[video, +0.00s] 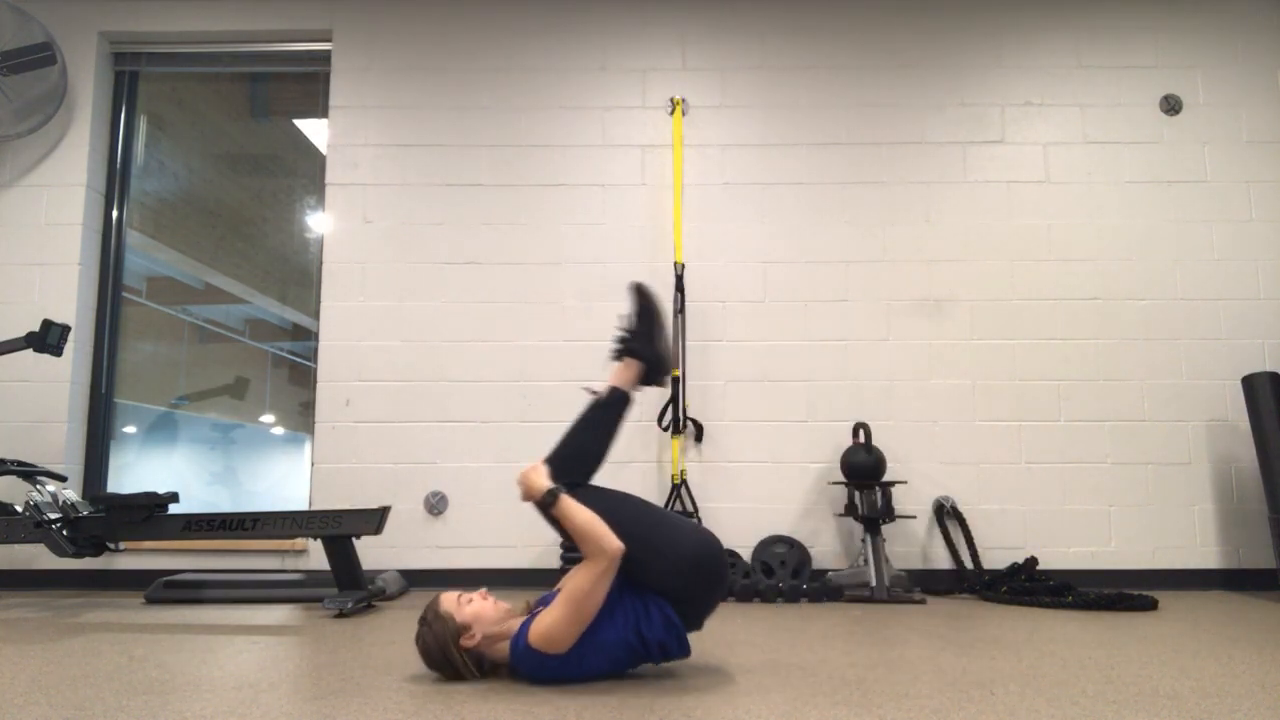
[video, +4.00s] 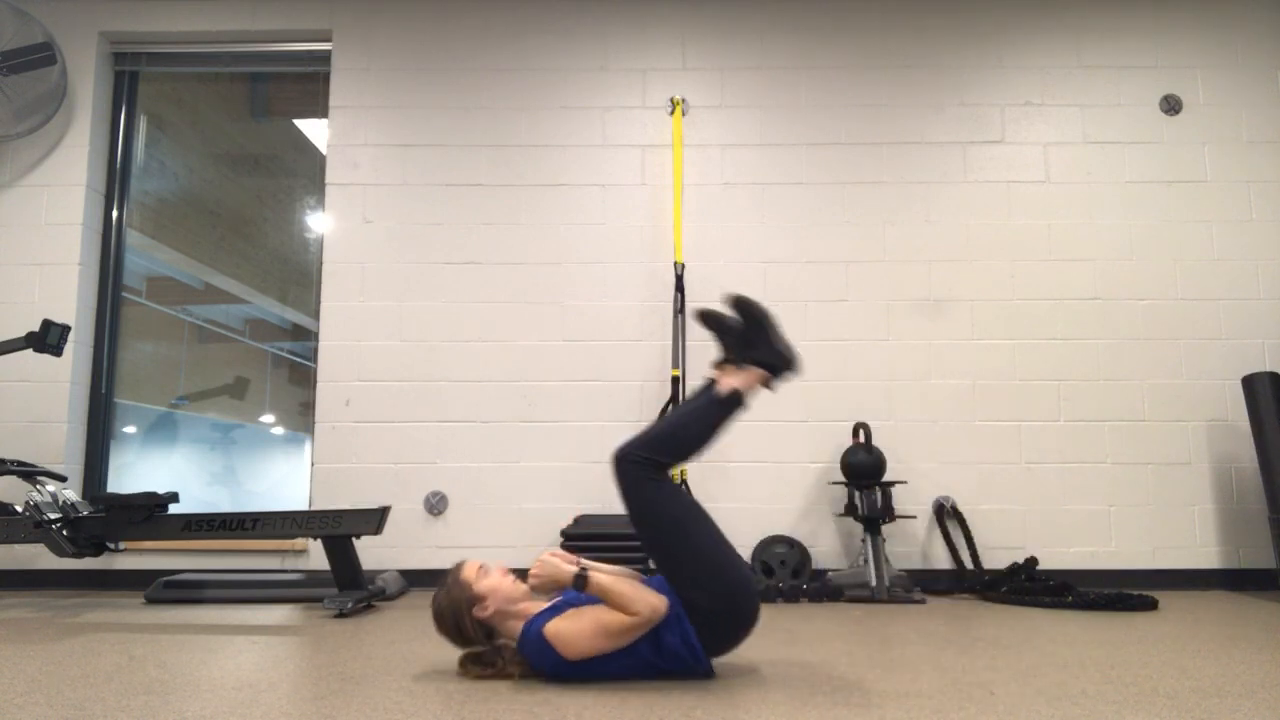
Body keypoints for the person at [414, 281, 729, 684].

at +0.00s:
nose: (480, 593)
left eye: (468, 593)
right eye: (466, 602)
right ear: (470, 638)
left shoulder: (533, 631)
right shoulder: (539, 644)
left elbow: (597, 559)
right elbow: (608, 553)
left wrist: (551, 496)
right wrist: (548, 496)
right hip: (693, 575)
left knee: (555, 489)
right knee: (561, 492)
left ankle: (631, 366)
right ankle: (635, 365)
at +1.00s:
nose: (701, 425)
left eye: (698, 416)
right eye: (693, 416)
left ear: (664, 429)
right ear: (663, 428)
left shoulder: (685, 479)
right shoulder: (667, 500)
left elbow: (765, 456)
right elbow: (782, 486)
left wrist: (819, 402)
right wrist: (850, 417)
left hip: (767, 615)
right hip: (762, 651)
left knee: (847, 497)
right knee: (857, 537)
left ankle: (987, 567)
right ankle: (904, 626)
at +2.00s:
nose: (839, 393)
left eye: (836, 382)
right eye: (831, 382)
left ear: (796, 386)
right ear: (798, 386)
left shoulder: (798, 448)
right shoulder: (797, 457)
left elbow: (880, 495)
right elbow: (901, 508)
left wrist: (953, 491)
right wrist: (1015, 514)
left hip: (827, 610)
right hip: (796, 637)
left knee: (905, 535)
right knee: (938, 661)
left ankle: (1026, 629)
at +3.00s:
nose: (753, 401)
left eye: (749, 389)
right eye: (744, 391)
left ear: (715, 401)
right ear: (714, 402)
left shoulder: (723, 464)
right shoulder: (725, 470)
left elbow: (821, 494)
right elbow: (833, 498)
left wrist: (880, 467)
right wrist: (934, 466)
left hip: (790, 612)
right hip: (779, 644)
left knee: (900, 535)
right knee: (924, 590)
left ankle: (1019, 628)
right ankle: (905, 659)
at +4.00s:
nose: (500, 566)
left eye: (487, 565)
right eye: (484, 573)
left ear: (492, 605)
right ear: (484, 609)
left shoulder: (544, 615)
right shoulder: (546, 638)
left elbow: (644, 598)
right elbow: (652, 610)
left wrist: (578, 572)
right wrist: (578, 575)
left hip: (701, 604)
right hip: (714, 617)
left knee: (637, 461)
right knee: (634, 462)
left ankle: (743, 370)